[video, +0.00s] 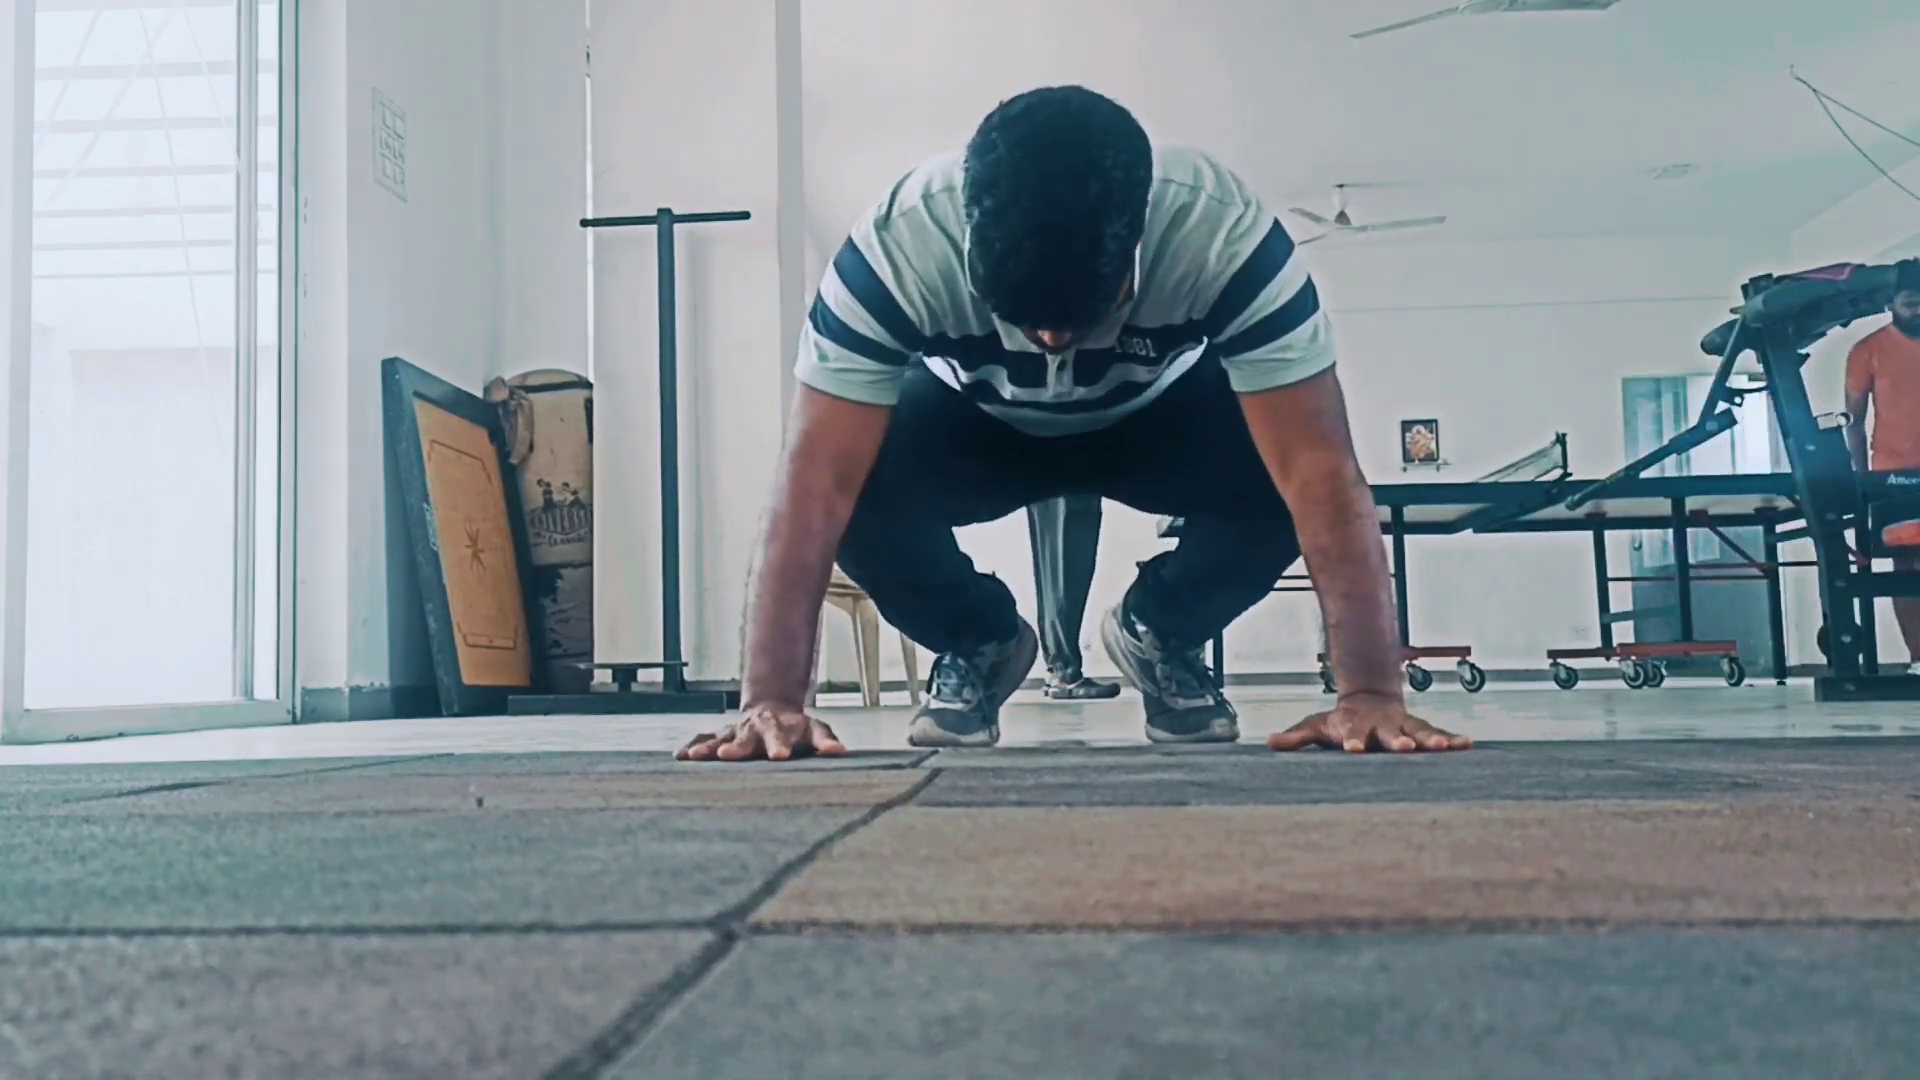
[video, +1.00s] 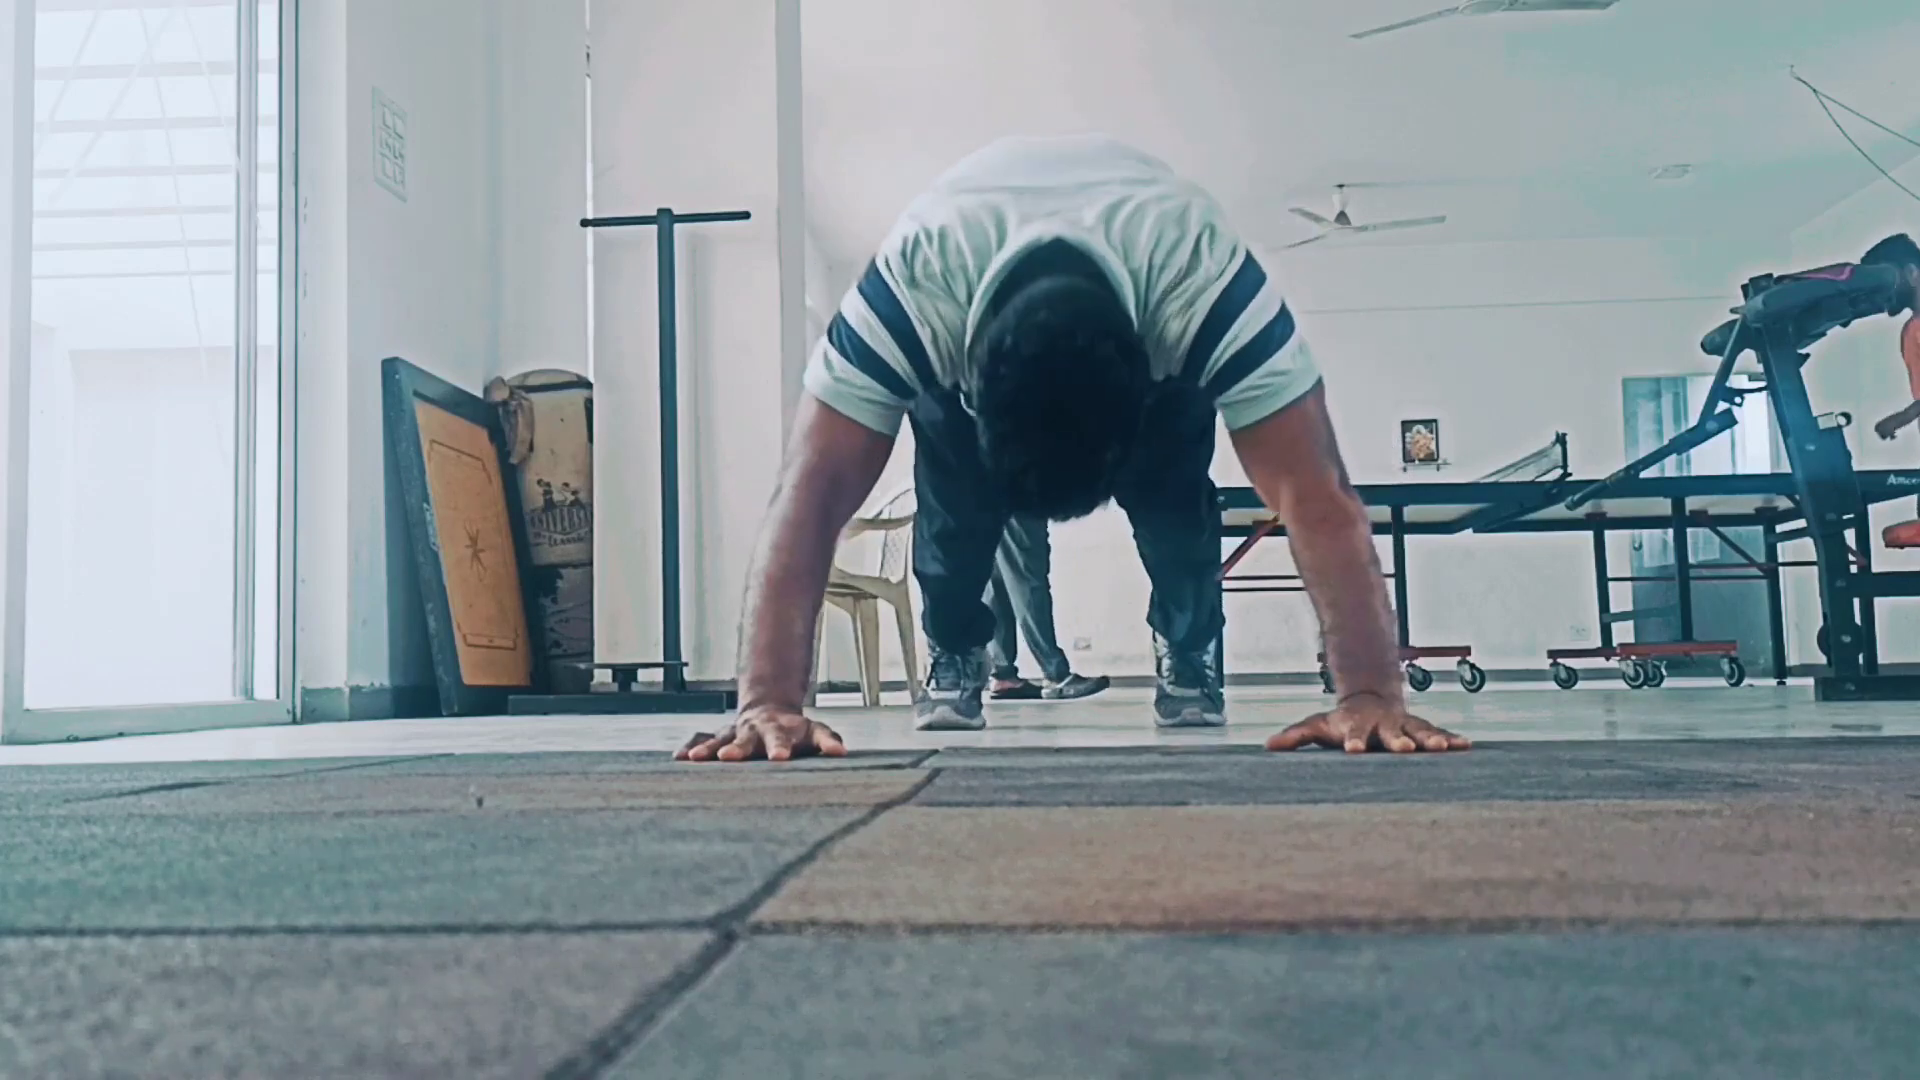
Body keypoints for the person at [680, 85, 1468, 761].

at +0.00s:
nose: (1058, 349)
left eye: (1090, 327)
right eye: (1029, 330)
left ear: (1139, 245)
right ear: (977, 244)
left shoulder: (1227, 235)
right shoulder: (900, 252)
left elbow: (1321, 476)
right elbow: (819, 476)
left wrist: (1372, 691)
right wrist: (772, 699)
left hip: (1158, 416)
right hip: (981, 421)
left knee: (1292, 494)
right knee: (851, 492)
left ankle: (1165, 626)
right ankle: (983, 638)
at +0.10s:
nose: (1060, 373)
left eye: (1086, 352)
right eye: (1025, 352)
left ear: (1144, 268)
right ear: (971, 257)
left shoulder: (1233, 229)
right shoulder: (896, 238)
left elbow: (1334, 460)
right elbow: (804, 469)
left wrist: (1375, 691)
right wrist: (771, 698)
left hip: (1157, 357)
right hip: (974, 363)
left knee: (1264, 477)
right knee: (868, 490)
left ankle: (1161, 629)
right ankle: (985, 642)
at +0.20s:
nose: (1077, 434)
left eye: (1098, 410)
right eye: (1048, 415)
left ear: (1150, 307)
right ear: (978, 293)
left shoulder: (1232, 220)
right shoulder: (898, 228)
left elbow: (1349, 456)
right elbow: (804, 462)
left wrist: (1375, 694)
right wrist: (771, 699)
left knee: (1253, 444)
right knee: (885, 456)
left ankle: (1167, 630)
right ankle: (980, 635)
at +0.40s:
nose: (1064, 448)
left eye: (1082, 429)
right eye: (1036, 427)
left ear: (1146, 319)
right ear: (965, 297)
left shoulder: (1239, 214)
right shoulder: (888, 226)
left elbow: (1360, 451)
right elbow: (789, 455)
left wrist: (1377, 696)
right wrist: (768, 700)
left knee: (1210, 499)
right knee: (930, 508)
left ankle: (1190, 573)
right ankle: (944, 609)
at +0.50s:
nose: (1064, 439)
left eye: (1097, 402)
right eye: (1023, 414)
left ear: (1151, 300)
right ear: (961, 284)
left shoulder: (1249, 216)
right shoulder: (880, 230)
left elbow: (1363, 454)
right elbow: (790, 461)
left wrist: (1379, 693)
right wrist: (766, 700)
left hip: (1169, 339)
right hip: (962, 350)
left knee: (1188, 541)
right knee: (965, 540)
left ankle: (1197, 647)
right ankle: (941, 643)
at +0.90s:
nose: (1060, 474)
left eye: (1086, 453)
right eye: (1039, 455)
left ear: (1145, 354)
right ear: (979, 343)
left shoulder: (1218, 253)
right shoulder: (909, 267)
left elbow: (1336, 474)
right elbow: (805, 476)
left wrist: (1374, 692)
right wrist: (771, 700)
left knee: (1170, 511)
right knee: (958, 525)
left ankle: (1191, 682)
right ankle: (955, 668)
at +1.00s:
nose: (1065, 511)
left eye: (1084, 493)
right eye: (1052, 495)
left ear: (1143, 374)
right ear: (979, 373)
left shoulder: (1207, 276)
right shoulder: (914, 285)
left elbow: (1317, 495)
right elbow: (817, 490)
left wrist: (1371, 692)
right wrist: (772, 699)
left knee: (1169, 492)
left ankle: (1190, 682)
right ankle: (957, 667)